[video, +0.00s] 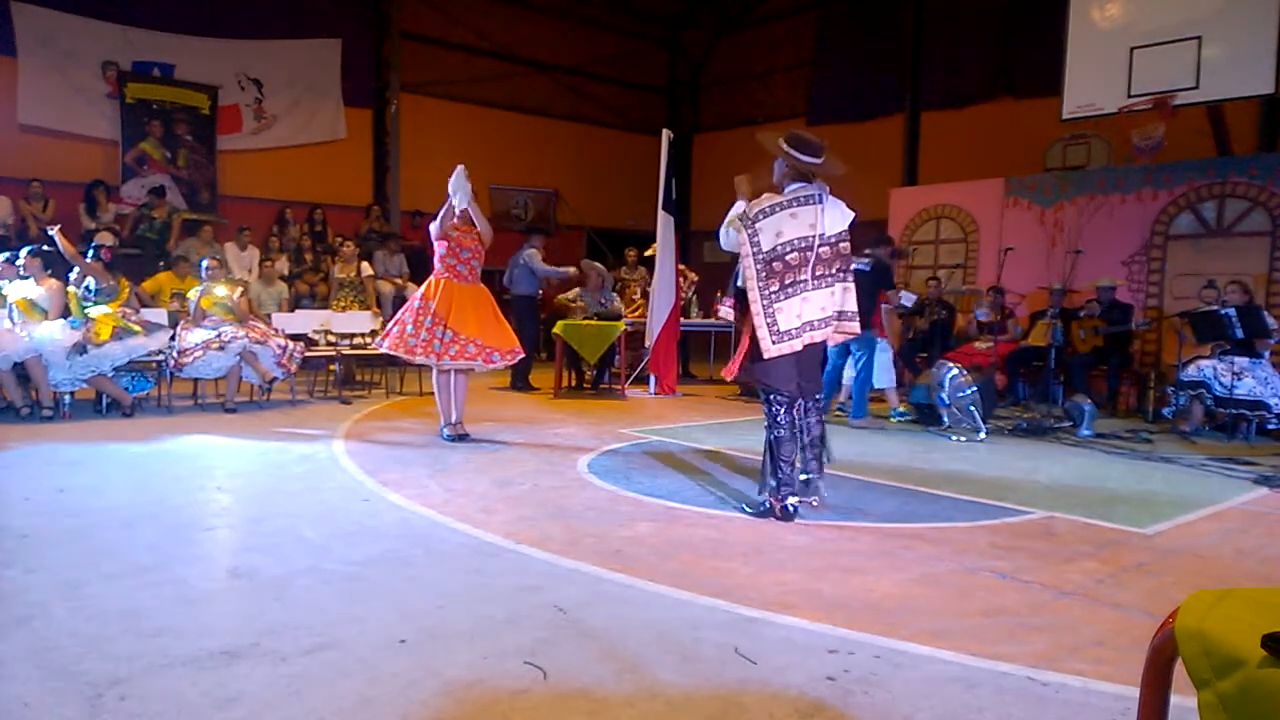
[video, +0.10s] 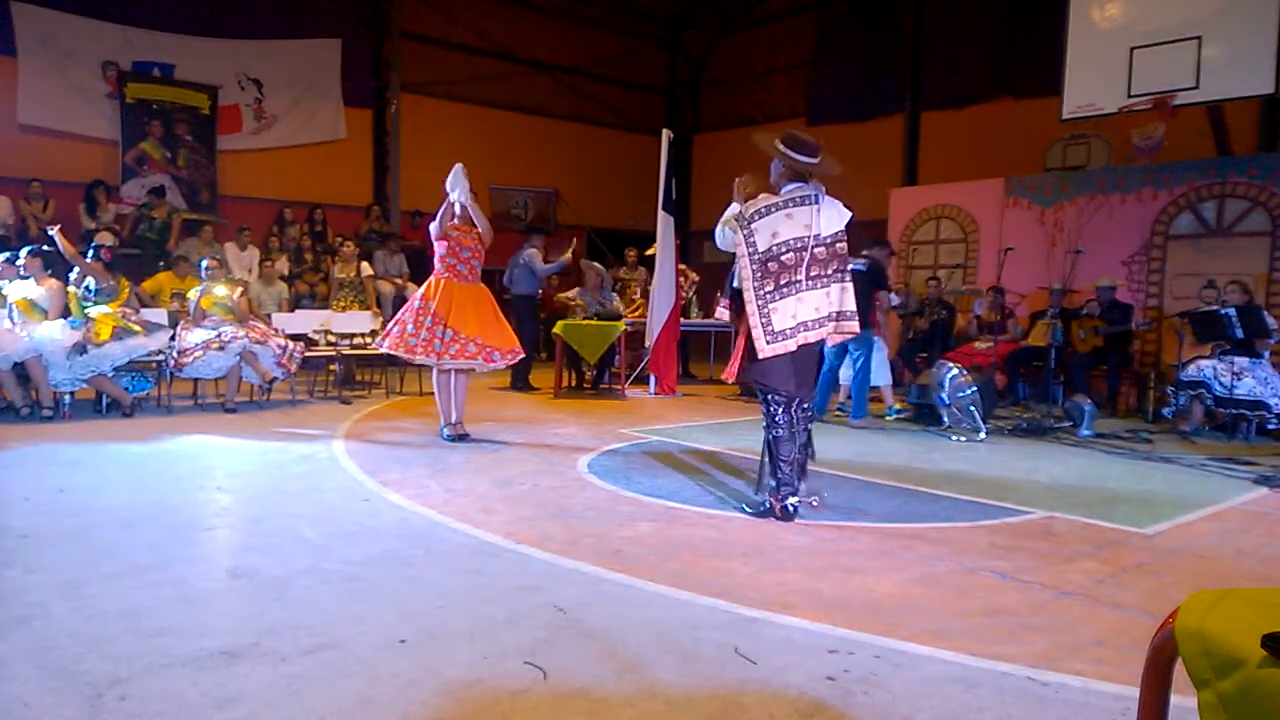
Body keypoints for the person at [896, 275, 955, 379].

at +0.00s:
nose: (932, 290)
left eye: (935, 287)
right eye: (929, 287)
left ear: (941, 289)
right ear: (926, 289)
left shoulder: (948, 308)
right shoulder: (921, 304)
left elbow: (947, 331)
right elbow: (911, 313)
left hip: (939, 339)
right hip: (921, 338)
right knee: (905, 351)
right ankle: (919, 374)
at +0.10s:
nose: (932, 290)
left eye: (935, 287)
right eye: (929, 287)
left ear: (941, 289)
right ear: (926, 289)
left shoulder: (948, 308)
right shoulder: (921, 305)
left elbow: (947, 329)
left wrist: (928, 326)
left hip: (938, 339)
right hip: (920, 339)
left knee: (935, 351)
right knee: (904, 351)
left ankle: (933, 373)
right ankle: (919, 374)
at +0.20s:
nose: (932, 290)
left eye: (935, 287)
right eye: (929, 287)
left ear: (941, 289)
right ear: (926, 289)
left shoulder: (949, 308)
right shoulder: (920, 304)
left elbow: (948, 330)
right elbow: (905, 317)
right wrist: (917, 324)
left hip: (939, 339)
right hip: (920, 339)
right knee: (904, 352)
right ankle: (918, 373)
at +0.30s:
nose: (932, 290)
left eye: (935, 287)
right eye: (929, 287)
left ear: (941, 289)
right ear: (926, 289)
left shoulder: (949, 308)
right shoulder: (920, 304)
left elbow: (947, 329)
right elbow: (904, 316)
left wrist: (928, 326)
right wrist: (917, 323)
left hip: (939, 339)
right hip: (921, 339)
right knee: (904, 351)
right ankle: (919, 374)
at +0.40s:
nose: (932, 290)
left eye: (935, 287)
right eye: (929, 287)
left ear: (941, 289)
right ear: (926, 289)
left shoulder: (948, 308)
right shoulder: (920, 304)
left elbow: (947, 330)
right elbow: (908, 316)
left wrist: (928, 326)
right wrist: (916, 323)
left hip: (939, 339)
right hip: (921, 338)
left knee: (935, 352)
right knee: (904, 351)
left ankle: (934, 374)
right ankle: (919, 375)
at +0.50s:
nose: (931, 290)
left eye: (935, 287)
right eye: (929, 287)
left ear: (941, 289)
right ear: (926, 288)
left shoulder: (949, 308)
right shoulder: (920, 304)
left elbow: (947, 330)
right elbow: (908, 316)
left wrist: (928, 326)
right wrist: (916, 323)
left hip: (939, 339)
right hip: (921, 339)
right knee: (904, 352)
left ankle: (933, 374)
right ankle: (919, 375)